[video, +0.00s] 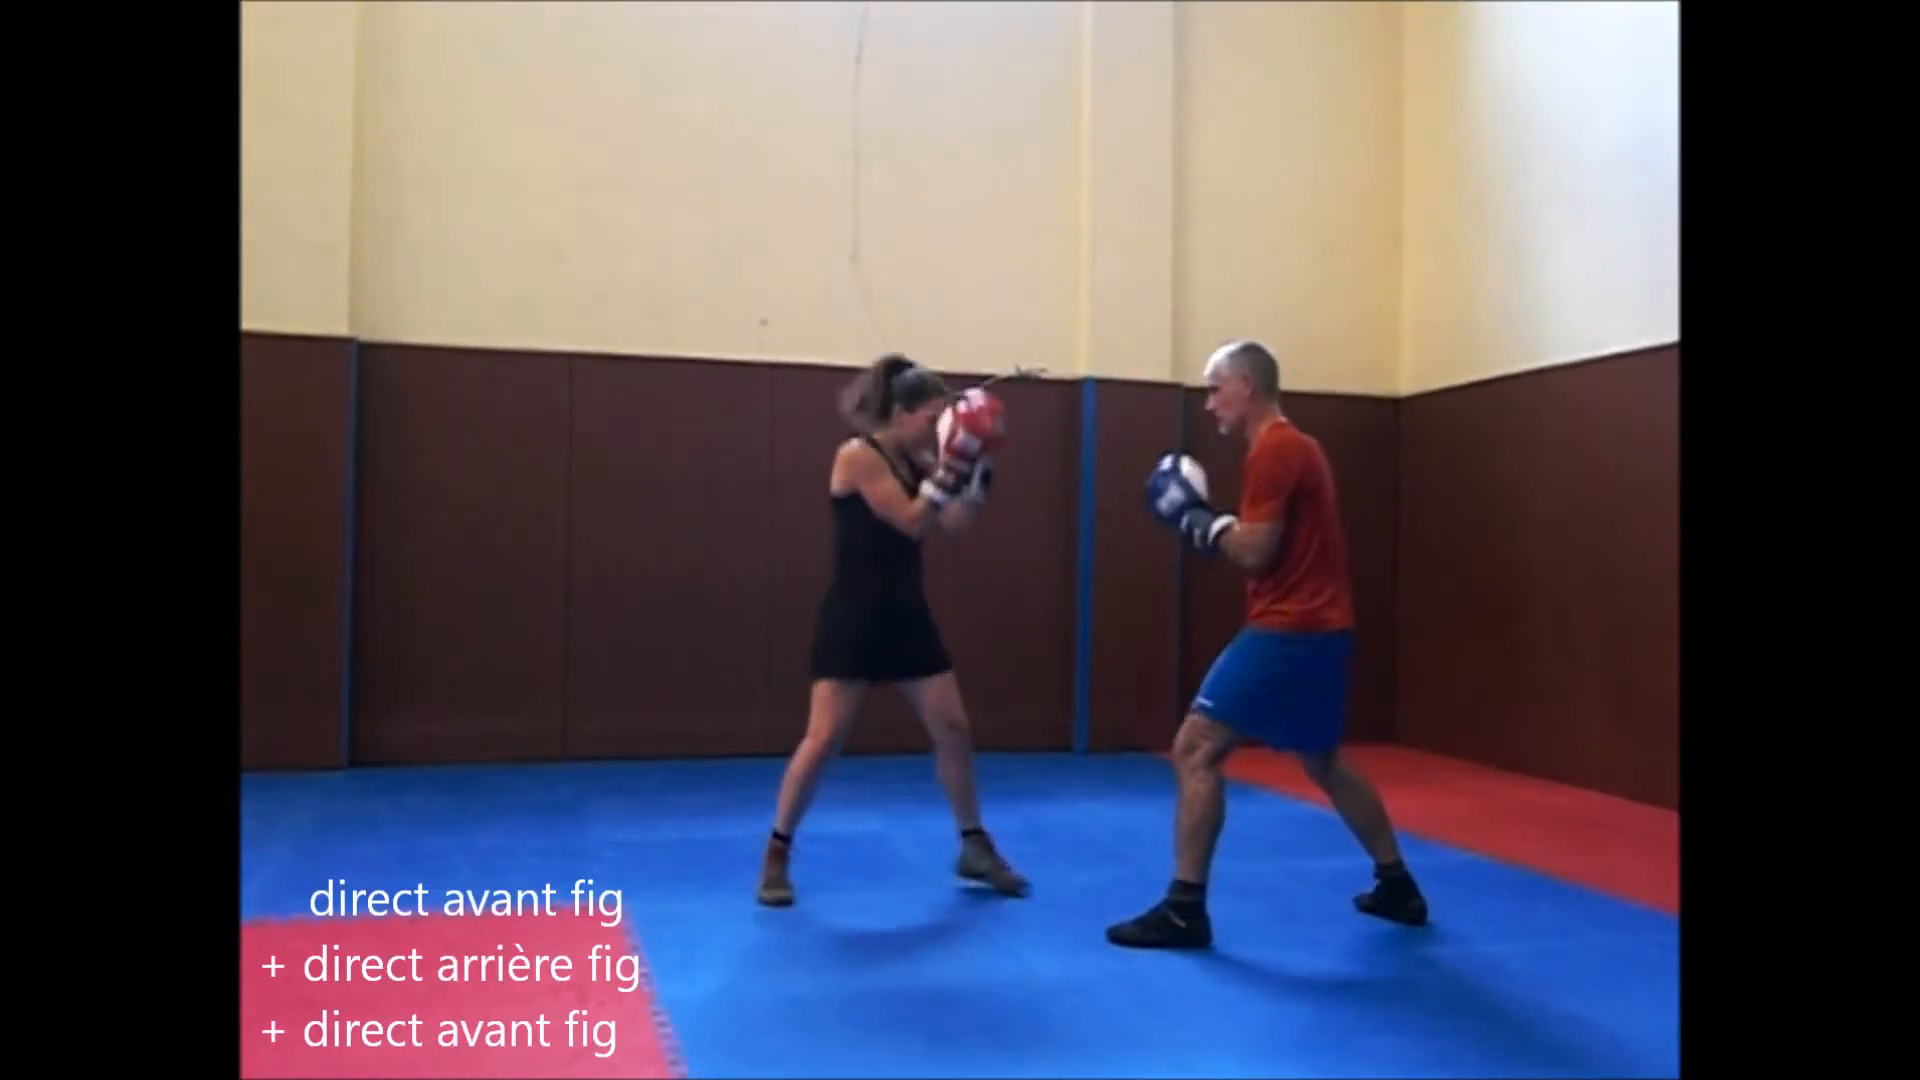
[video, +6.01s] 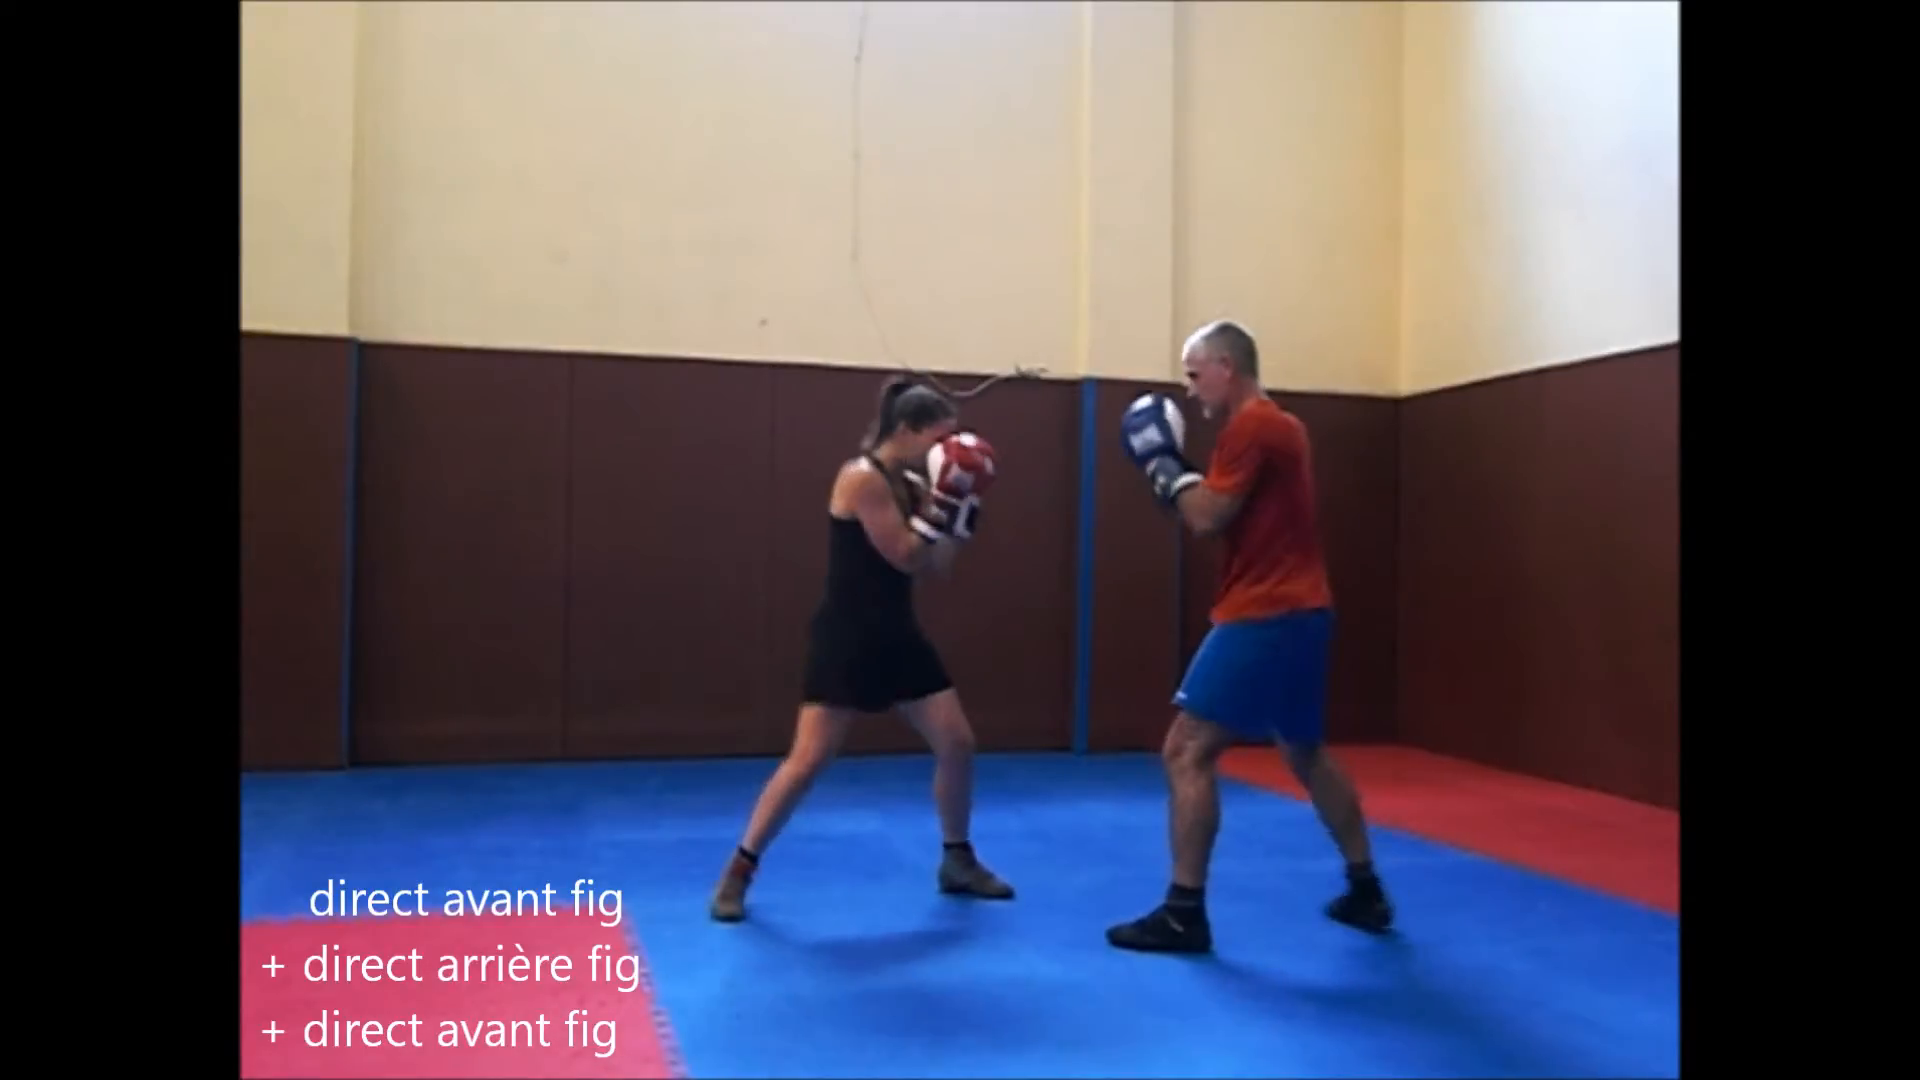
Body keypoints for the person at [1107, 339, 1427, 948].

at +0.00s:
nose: (1209, 404)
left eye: (1216, 390)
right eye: (1208, 391)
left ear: (1250, 388)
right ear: (1252, 390)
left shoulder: (1274, 449)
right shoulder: (1294, 446)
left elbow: (1253, 549)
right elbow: (1265, 545)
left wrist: (1192, 515)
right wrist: (1203, 520)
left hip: (1284, 632)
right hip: (1321, 632)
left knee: (1195, 750)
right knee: (1326, 763)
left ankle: (1184, 908)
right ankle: (1397, 885)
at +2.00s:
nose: (1204, 415)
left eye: (1206, 401)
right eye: (1200, 404)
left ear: (1232, 394)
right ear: (1249, 395)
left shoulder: (1259, 448)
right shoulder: (1282, 447)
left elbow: (1165, 503)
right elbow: (1190, 497)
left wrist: (1154, 434)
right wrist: (1173, 436)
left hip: (1278, 631)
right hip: (1317, 631)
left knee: (1175, 747)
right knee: (1325, 766)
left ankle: (1201, 905)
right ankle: (1400, 889)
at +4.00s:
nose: (1109, 419)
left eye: (1115, 406)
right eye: (1107, 407)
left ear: (1145, 401)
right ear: (1167, 404)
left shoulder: (1142, 446)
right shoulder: (1224, 442)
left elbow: (1078, 496)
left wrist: (1007, 462)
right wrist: (1116, 457)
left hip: (1197, 639)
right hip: (1263, 630)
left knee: (1098, 759)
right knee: (1294, 762)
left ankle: (1141, 913)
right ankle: (1365, 885)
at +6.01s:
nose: (1191, 387)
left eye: (1195, 373)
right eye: (1188, 375)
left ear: (1229, 368)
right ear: (1236, 371)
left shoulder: (1250, 426)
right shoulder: (1278, 424)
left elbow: (1205, 514)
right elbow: (1220, 512)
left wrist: (1163, 461)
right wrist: (1175, 476)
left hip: (1257, 619)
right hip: (1301, 615)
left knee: (1186, 750)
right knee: (1308, 754)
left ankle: (1184, 913)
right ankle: (1366, 889)